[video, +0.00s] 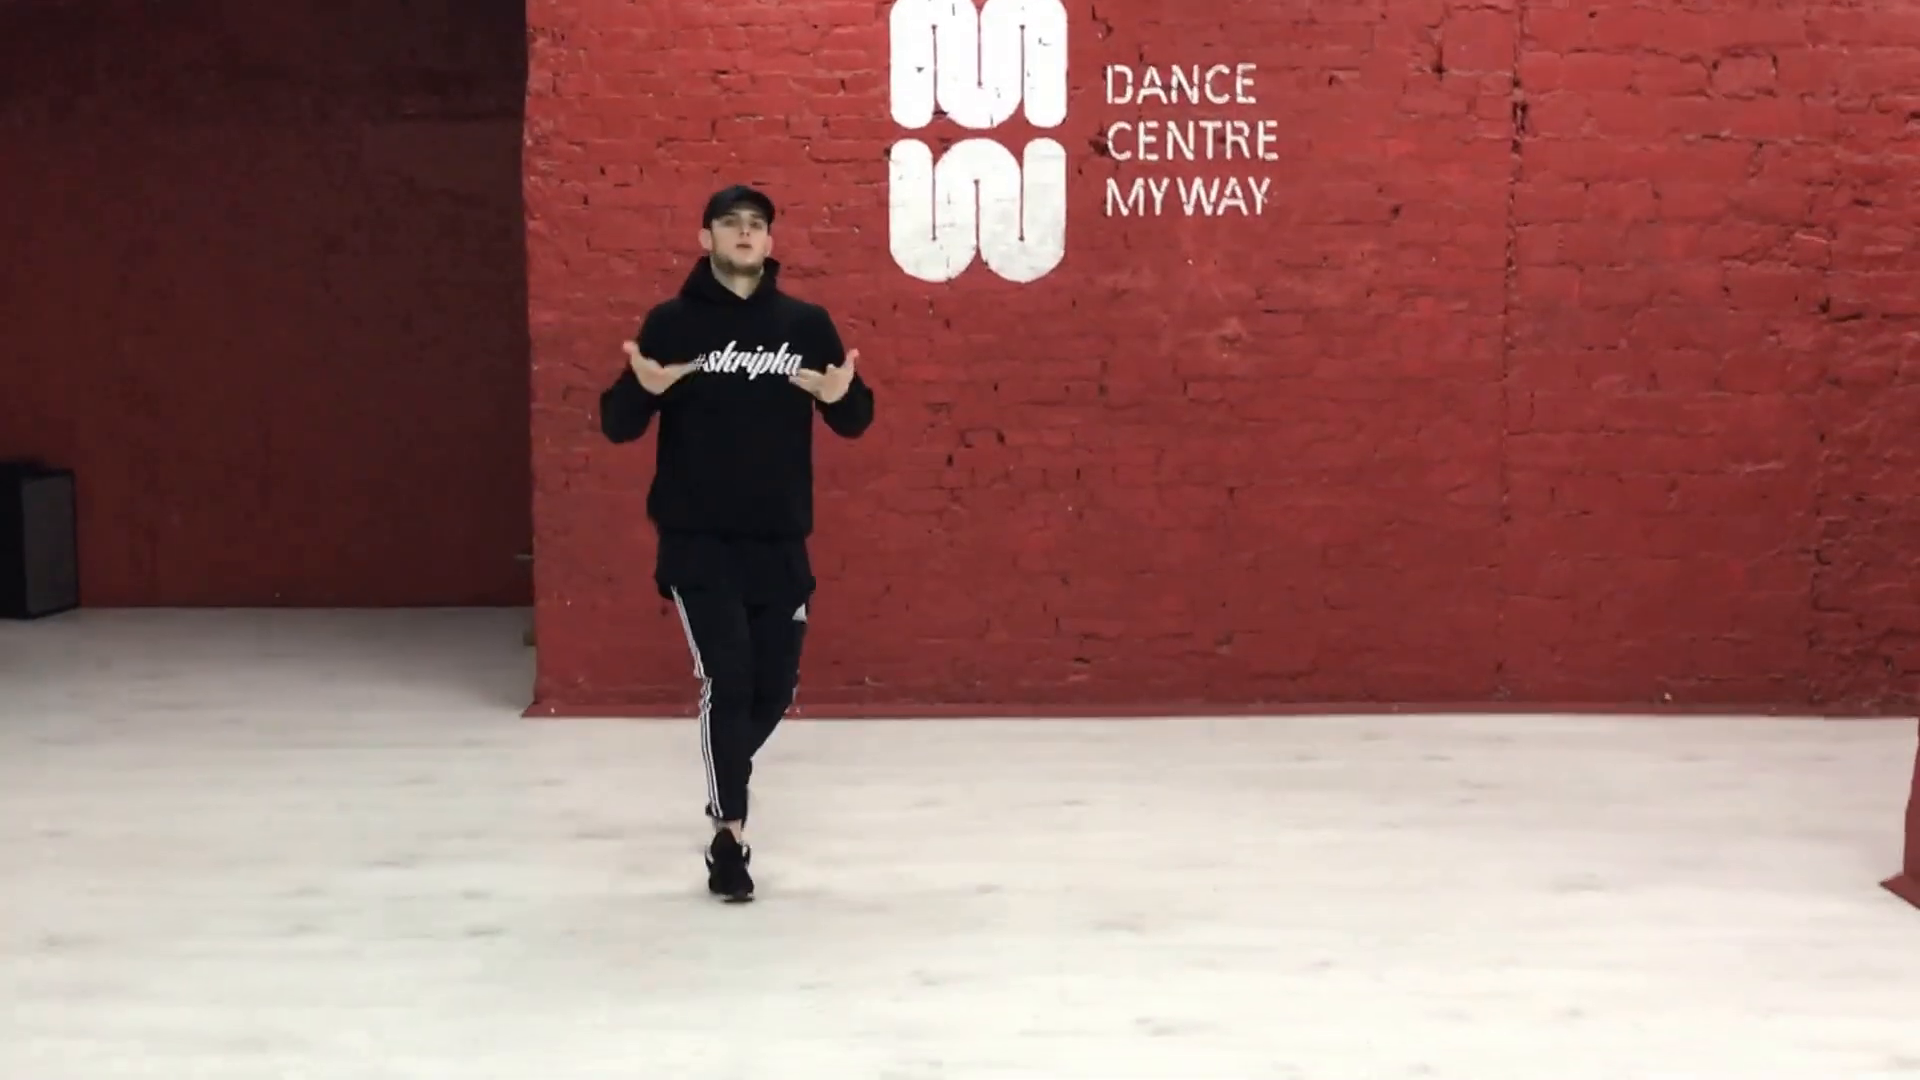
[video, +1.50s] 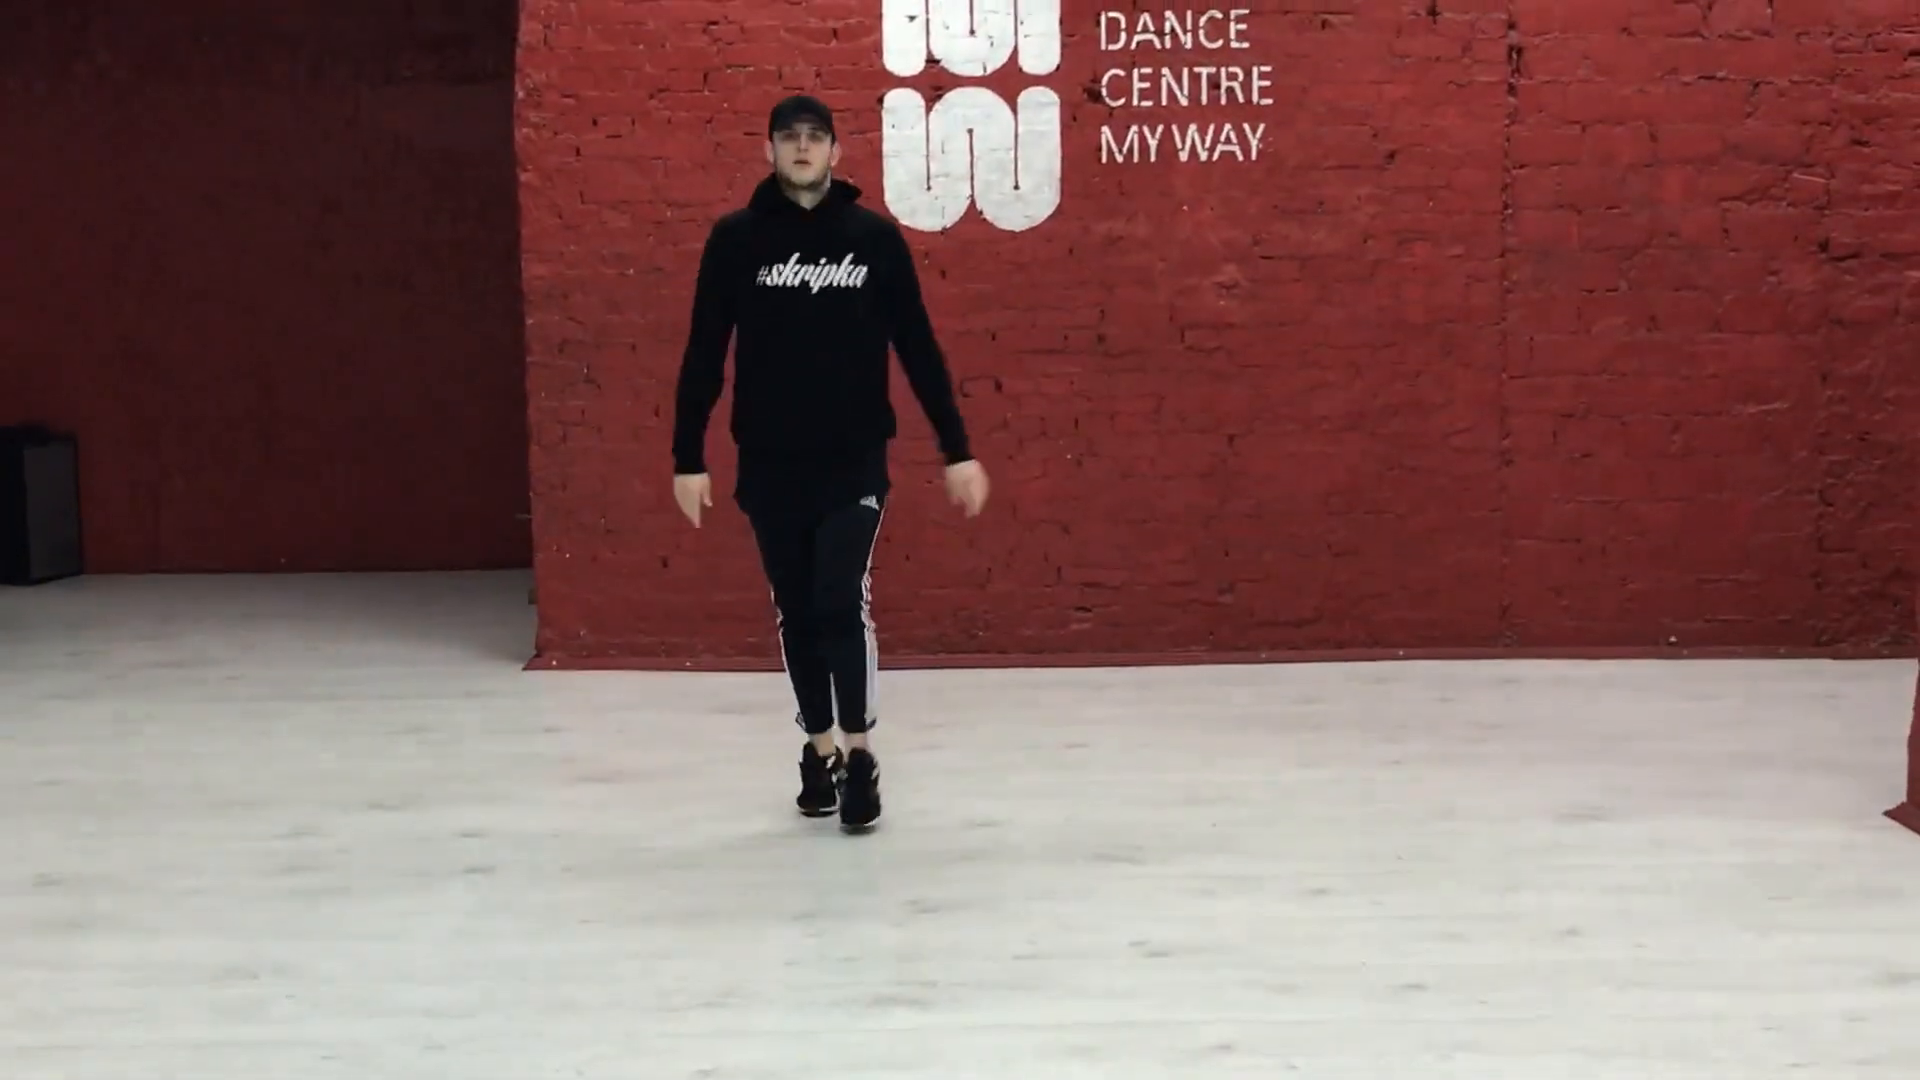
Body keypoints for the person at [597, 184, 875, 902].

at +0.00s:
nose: (744, 236)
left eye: (755, 225)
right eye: (730, 225)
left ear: (771, 239)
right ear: (707, 238)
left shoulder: (805, 324)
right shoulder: (674, 323)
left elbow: (855, 422)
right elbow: (617, 426)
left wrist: (842, 394)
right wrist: (642, 388)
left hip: (779, 535)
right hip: (697, 534)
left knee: (774, 693)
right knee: (731, 684)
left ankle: (721, 774)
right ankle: (730, 835)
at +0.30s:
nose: (786, 216)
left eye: (797, 204)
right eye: (773, 201)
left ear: (807, 211)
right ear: (742, 200)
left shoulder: (827, 296)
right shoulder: (692, 281)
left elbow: (883, 398)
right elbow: (627, 376)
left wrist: (926, 330)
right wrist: (619, 314)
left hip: (810, 517)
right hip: (723, 516)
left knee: (813, 674)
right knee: (746, 673)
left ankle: (825, 846)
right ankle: (731, 822)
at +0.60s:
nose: (817, 255)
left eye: (830, 243)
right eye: (806, 242)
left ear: (849, 228)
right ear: (778, 220)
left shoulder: (868, 285)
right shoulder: (728, 274)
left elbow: (948, 365)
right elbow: (640, 320)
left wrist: (937, 295)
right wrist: (711, 253)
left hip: (852, 510)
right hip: (764, 510)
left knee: (842, 665)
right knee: (775, 666)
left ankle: (827, 829)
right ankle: (747, 782)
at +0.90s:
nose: (827, 250)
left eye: (839, 238)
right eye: (815, 236)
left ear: (857, 223)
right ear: (791, 216)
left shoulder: (884, 279)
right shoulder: (752, 263)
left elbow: (956, 325)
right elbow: (691, 304)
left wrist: (1037, 359)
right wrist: (633, 341)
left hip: (859, 501)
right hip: (766, 499)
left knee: (849, 651)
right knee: (775, 662)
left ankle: (828, 810)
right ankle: (794, 740)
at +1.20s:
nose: (813, 193)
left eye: (825, 180)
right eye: (800, 179)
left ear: (845, 183)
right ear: (781, 181)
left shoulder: (882, 269)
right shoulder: (741, 266)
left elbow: (893, 378)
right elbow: (721, 379)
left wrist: (878, 467)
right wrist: (733, 482)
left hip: (851, 487)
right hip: (765, 487)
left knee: (830, 632)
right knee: (787, 641)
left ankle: (827, 798)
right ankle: (820, 748)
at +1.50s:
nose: (802, 150)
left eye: (815, 139)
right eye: (790, 139)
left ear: (834, 151)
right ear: (770, 151)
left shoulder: (876, 238)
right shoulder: (735, 239)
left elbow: (918, 346)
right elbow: (705, 351)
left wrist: (956, 449)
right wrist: (687, 457)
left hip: (853, 454)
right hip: (769, 456)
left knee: (839, 603)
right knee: (796, 611)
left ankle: (858, 756)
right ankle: (820, 751)